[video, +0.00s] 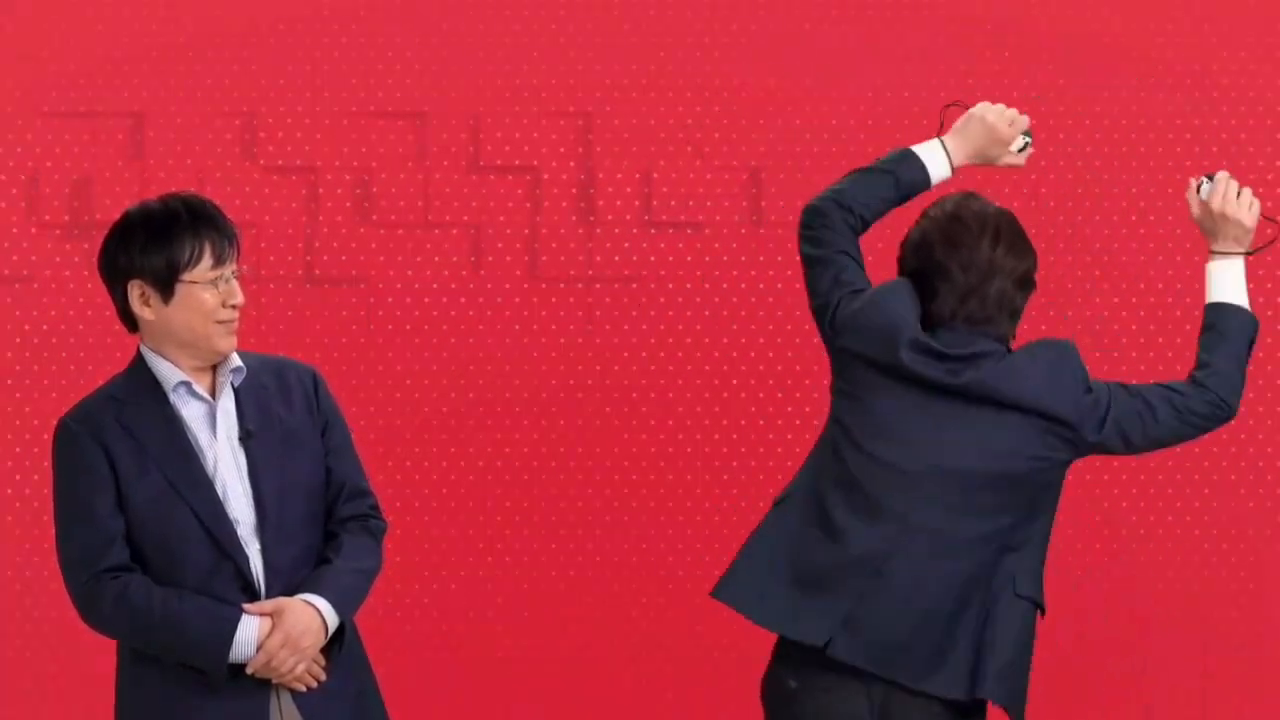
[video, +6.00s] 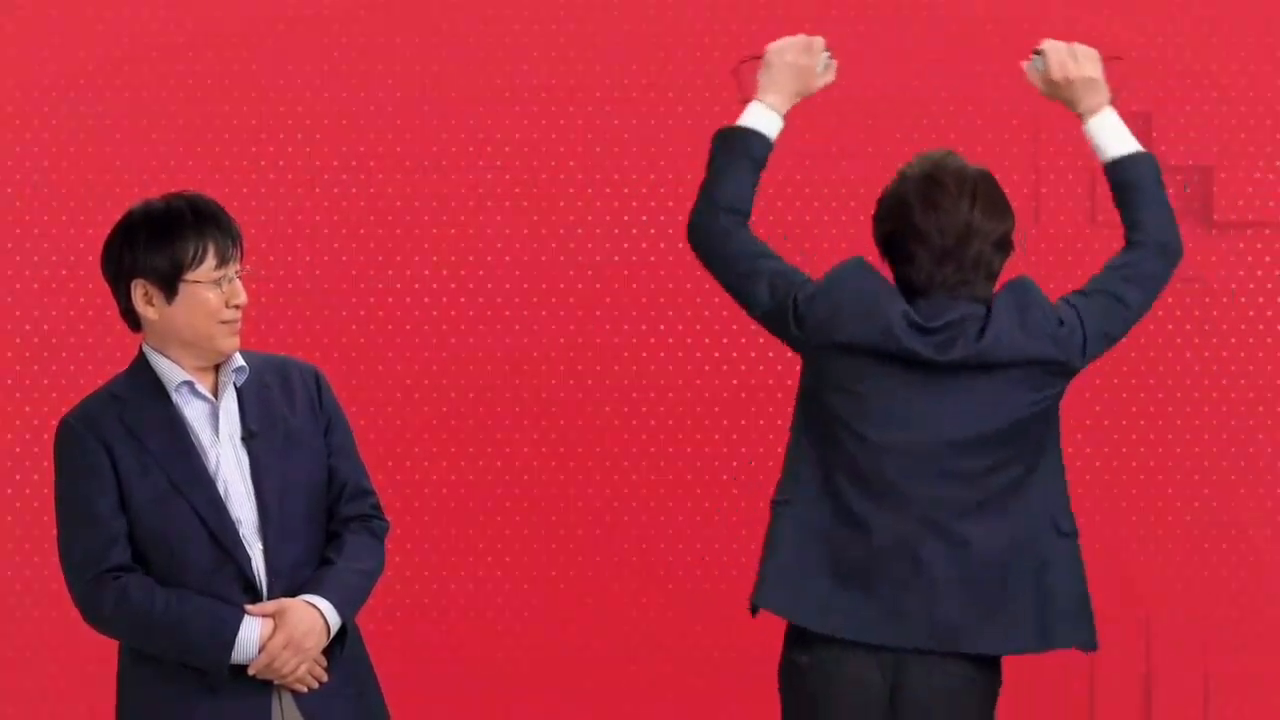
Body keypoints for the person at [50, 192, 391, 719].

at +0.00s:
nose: (236, 298)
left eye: (234, 278)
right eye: (212, 283)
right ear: (145, 301)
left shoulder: (301, 390)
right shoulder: (91, 434)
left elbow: (360, 525)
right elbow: (103, 591)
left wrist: (319, 612)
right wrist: (251, 639)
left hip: (332, 701)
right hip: (192, 708)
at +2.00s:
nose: (239, 297)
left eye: (237, 278)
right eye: (215, 282)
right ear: (148, 300)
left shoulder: (302, 388)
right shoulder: (93, 432)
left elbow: (362, 523)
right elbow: (104, 590)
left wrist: (321, 612)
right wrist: (251, 639)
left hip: (335, 700)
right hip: (192, 708)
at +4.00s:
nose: (233, 298)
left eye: (232, 278)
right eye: (210, 282)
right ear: (143, 300)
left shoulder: (296, 388)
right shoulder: (89, 433)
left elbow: (357, 522)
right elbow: (101, 591)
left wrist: (317, 611)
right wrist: (248, 638)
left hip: (330, 699)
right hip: (190, 707)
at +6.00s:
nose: (239, 298)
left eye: (237, 278)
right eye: (216, 283)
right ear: (148, 300)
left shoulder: (302, 389)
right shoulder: (93, 433)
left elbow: (363, 525)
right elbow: (104, 591)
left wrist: (320, 613)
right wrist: (252, 640)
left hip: (334, 700)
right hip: (193, 707)